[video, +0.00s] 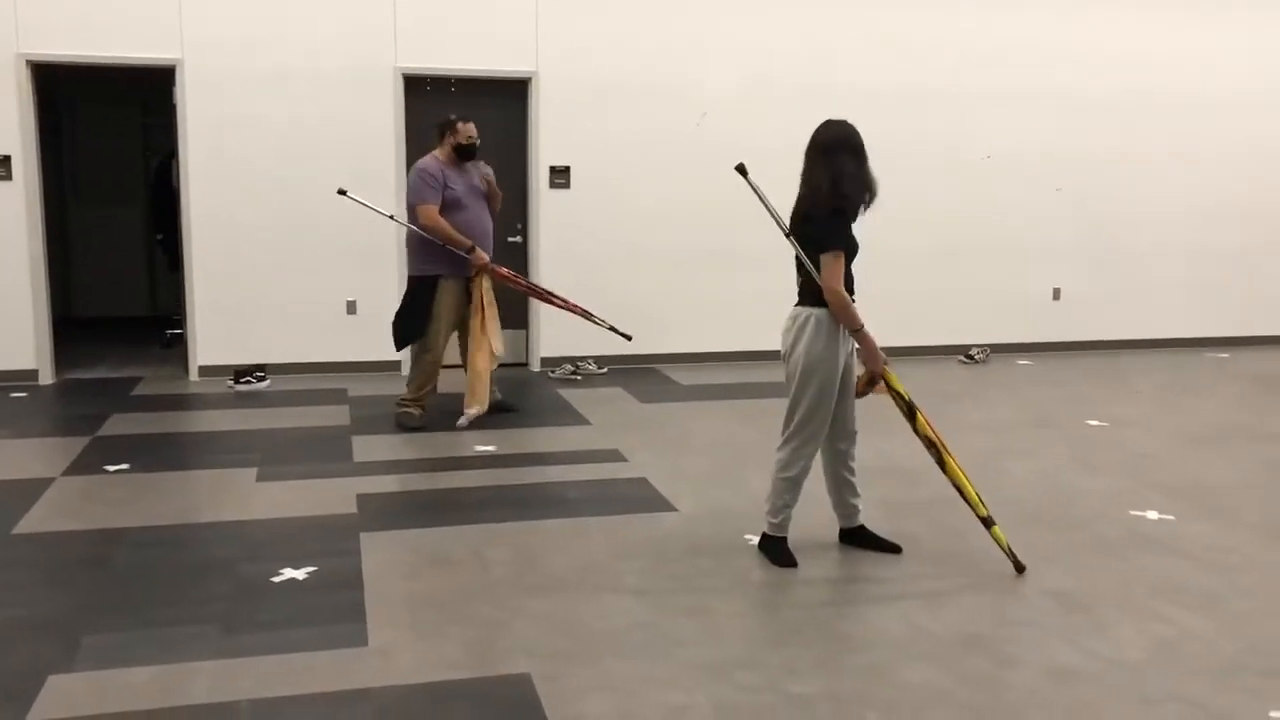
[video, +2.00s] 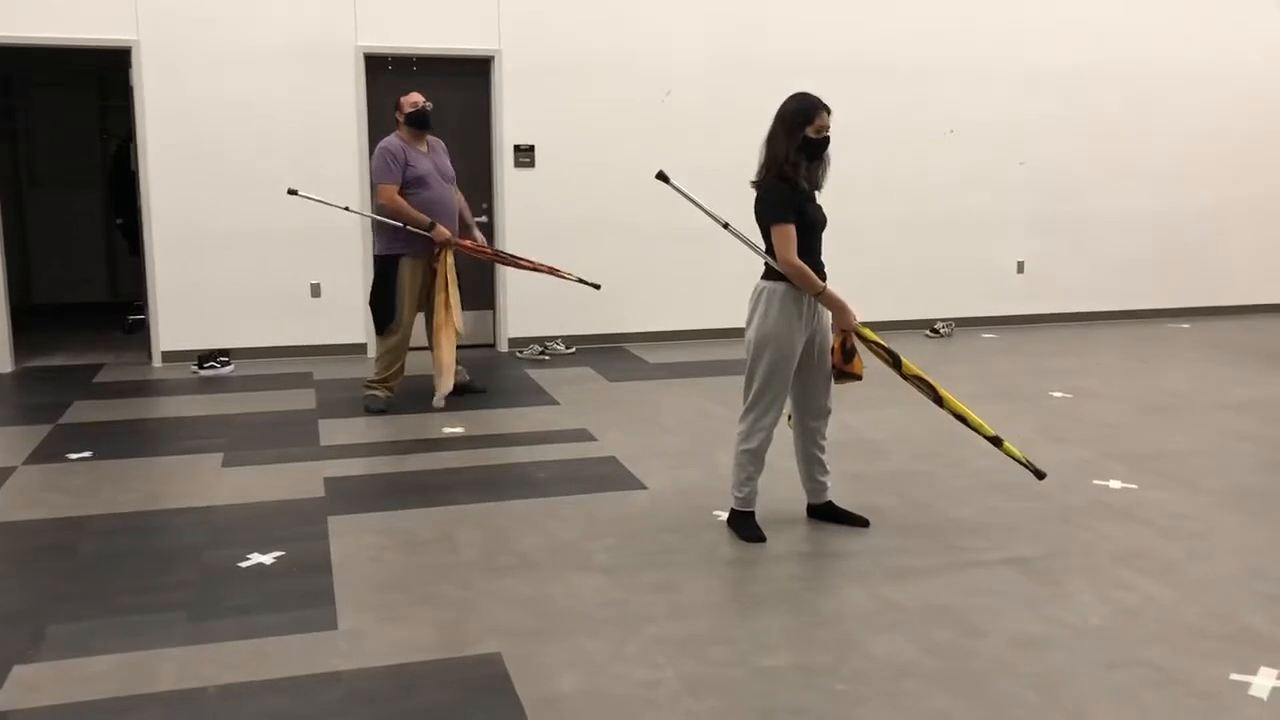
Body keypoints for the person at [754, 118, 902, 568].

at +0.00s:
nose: (863, 169)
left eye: (861, 159)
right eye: (859, 160)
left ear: (817, 160)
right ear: (848, 163)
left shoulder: (823, 211)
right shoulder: (828, 215)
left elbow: (831, 288)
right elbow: (833, 290)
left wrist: (858, 344)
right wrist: (868, 345)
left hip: (834, 330)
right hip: (817, 330)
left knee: (841, 435)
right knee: (804, 435)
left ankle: (851, 526)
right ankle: (774, 532)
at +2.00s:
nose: (823, 142)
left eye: (826, 134)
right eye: (817, 133)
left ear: (818, 131)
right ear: (795, 131)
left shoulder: (802, 186)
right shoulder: (776, 185)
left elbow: (805, 257)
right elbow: (785, 259)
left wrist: (833, 313)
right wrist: (836, 303)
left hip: (811, 303)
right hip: (780, 302)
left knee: (813, 408)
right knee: (763, 409)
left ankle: (819, 502)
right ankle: (742, 508)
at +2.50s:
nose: (825, 138)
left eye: (823, 129)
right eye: (821, 130)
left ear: (782, 130)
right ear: (810, 133)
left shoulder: (800, 181)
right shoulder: (786, 184)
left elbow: (800, 259)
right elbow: (791, 262)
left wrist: (832, 312)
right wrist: (843, 305)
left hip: (807, 302)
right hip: (782, 302)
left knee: (811, 408)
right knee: (768, 409)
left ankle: (820, 500)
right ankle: (743, 507)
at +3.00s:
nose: (829, 144)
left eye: (823, 135)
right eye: (825, 136)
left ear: (776, 142)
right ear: (820, 140)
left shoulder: (768, 192)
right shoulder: (812, 191)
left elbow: (766, 267)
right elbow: (811, 266)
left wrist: (771, 323)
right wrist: (860, 307)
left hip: (779, 303)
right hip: (797, 305)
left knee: (812, 409)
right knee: (782, 410)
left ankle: (827, 501)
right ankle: (745, 510)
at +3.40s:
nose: (830, 149)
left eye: (823, 141)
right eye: (826, 142)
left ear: (776, 147)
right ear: (820, 146)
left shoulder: (768, 197)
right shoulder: (813, 197)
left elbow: (756, 264)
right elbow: (815, 273)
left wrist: (754, 320)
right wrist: (864, 310)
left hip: (783, 309)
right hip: (803, 310)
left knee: (819, 415)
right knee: (792, 416)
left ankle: (838, 507)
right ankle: (750, 516)